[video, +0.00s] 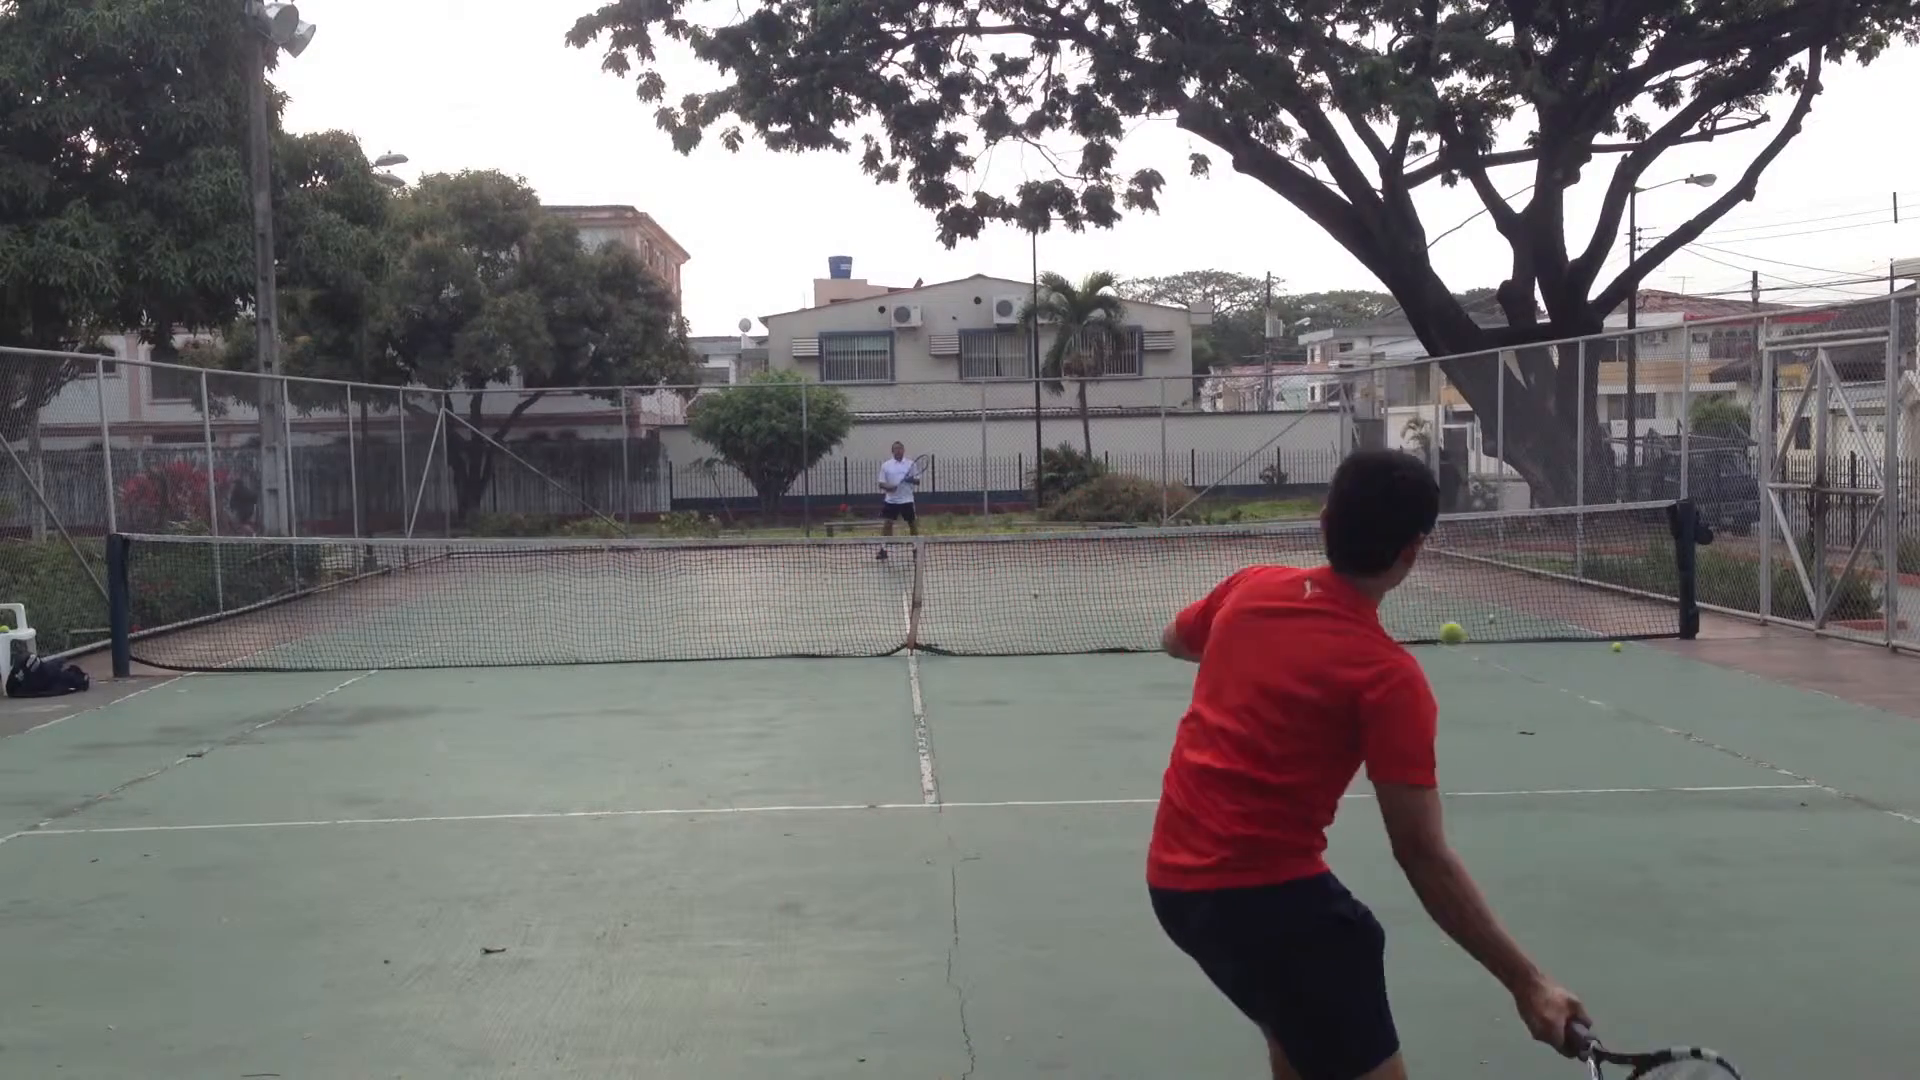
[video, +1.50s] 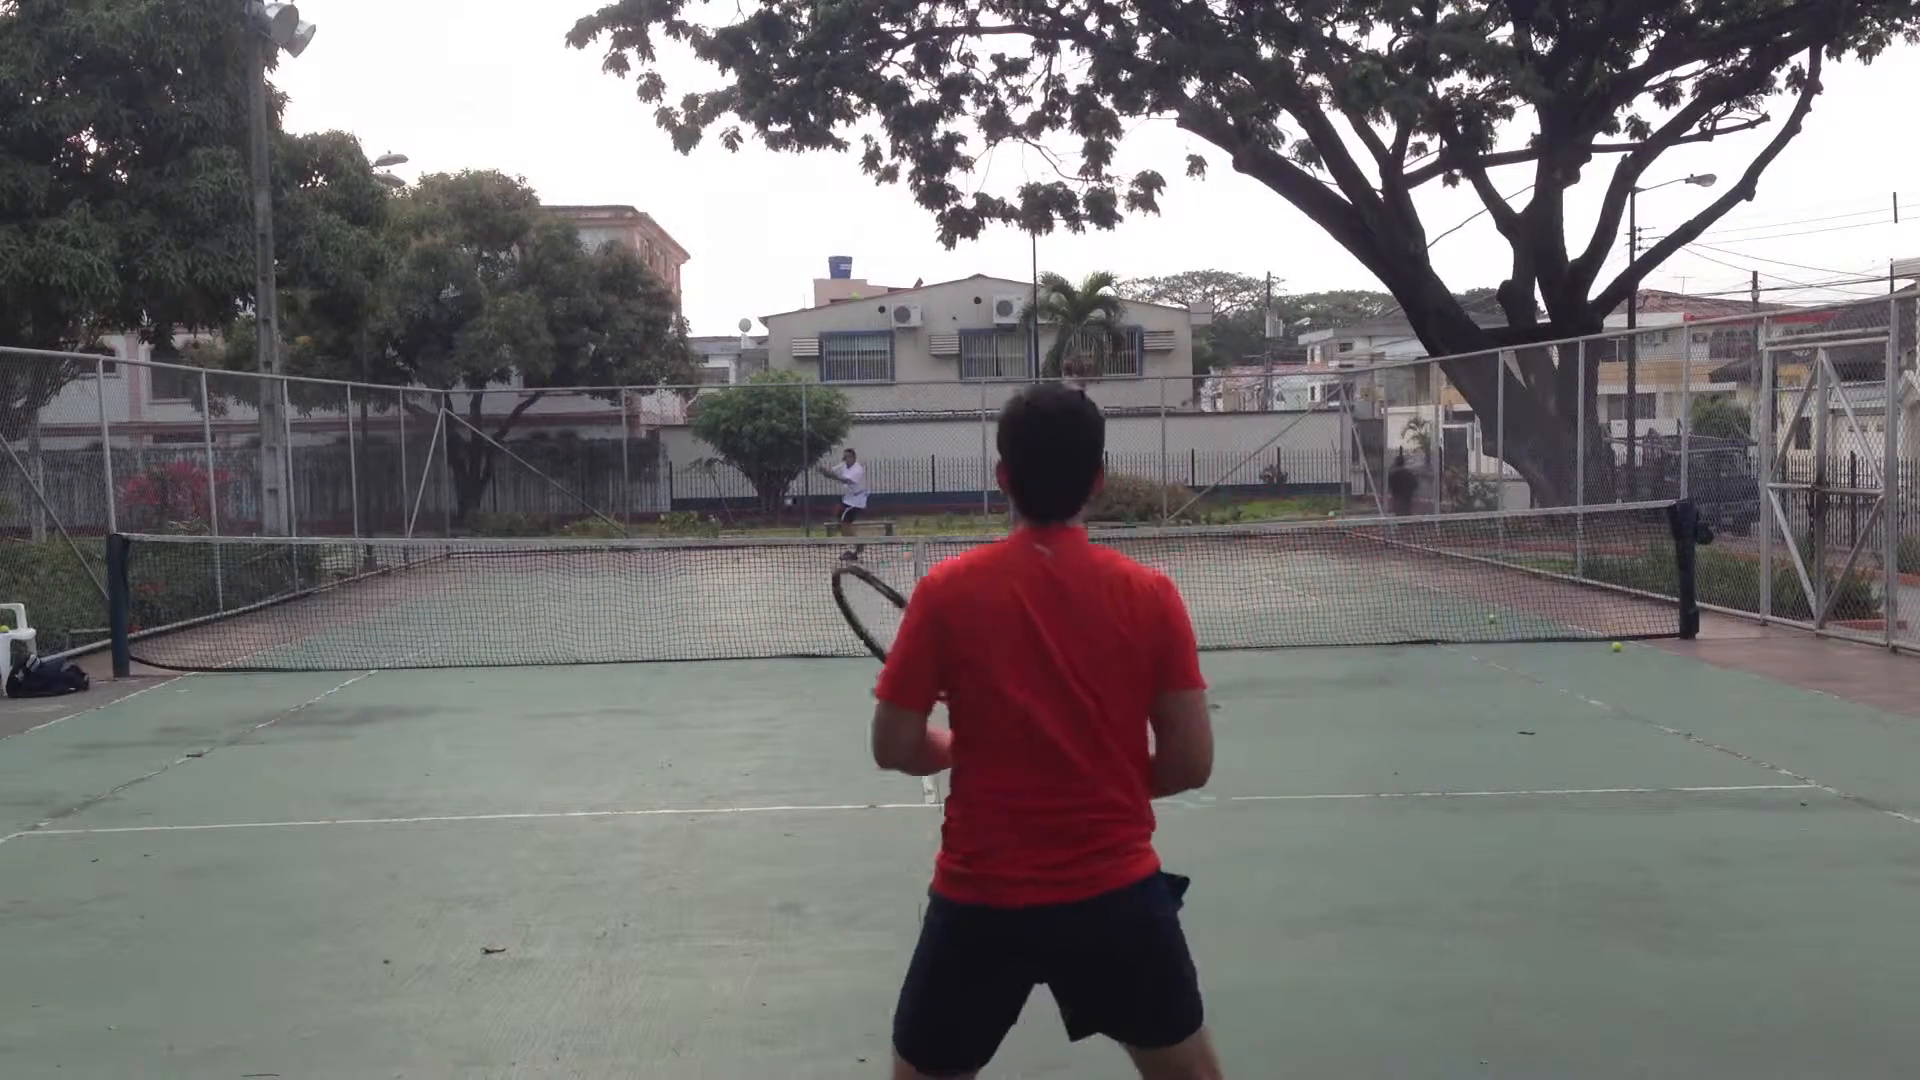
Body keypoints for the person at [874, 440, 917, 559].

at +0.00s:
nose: (898, 452)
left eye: (900, 449)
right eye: (895, 449)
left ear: (903, 450)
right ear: (892, 451)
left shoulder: (910, 464)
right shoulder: (886, 465)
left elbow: (917, 481)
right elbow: (881, 483)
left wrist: (910, 480)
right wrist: (890, 487)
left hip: (907, 500)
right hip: (891, 500)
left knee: (912, 524)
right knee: (887, 524)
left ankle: (916, 548)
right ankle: (884, 549)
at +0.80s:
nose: (888, 453)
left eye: (890, 450)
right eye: (886, 450)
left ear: (895, 451)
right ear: (884, 452)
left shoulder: (903, 465)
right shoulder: (878, 466)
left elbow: (910, 482)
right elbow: (869, 481)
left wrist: (899, 479)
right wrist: (879, 485)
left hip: (899, 501)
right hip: (884, 501)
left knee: (906, 525)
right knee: (882, 526)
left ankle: (914, 547)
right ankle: (883, 549)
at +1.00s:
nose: (876, 455)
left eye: (878, 452)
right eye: (874, 452)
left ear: (883, 453)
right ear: (872, 454)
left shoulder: (890, 466)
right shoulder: (868, 466)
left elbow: (893, 484)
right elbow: (854, 475)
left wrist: (881, 478)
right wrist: (867, 480)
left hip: (886, 500)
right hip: (872, 500)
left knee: (889, 525)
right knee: (870, 524)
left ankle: (887, 548)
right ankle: (879, 547)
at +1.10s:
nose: (871, 454)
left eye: (874, 451)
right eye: (869, 451)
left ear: (878, 453)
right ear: (867, 453)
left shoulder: (883, 466)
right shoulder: (863, 465)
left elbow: (887, 485)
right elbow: (848, 474)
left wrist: (874, 479)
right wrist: (858, 478)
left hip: (880, 499)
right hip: (867, 500)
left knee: (881, 523)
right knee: (868, 524)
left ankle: (892, 544)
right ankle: (880, 547)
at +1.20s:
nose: (867, 453)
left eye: (869, 450)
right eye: (865, 450)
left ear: (872, 452)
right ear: (861, 452)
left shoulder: (877, 465)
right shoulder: (857, 463)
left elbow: (879, 480)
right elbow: (845, 469)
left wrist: (878, 483)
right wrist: (846, 472)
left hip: (874, 495)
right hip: (863, 495)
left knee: (867, 516)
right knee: (865, 520)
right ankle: (874, 539)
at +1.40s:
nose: (853, 455)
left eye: (855, 453)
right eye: (851, 453)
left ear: (860, 453)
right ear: (849, 454)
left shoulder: (862, 465)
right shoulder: (848, 462)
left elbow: (859, 479)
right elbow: (838, 467)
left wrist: (841, 475)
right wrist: (835, 466)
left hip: (862, 498)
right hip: (853, 497)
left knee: (854, 524)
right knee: (854, 525)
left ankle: (853, 549)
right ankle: (871, 545)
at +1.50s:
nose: (846, 460)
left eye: (848, 457)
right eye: (845, 457)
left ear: (854, 458)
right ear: (844, 458)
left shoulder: (858, 470)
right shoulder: (844, 466)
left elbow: (847, 480)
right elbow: (833, 472)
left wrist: (828, 474)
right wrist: (824, 471)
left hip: (857, 500)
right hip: (848, 498)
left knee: (844, 523)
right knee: (842, 522)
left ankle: (854, 548)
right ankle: (858, 542)